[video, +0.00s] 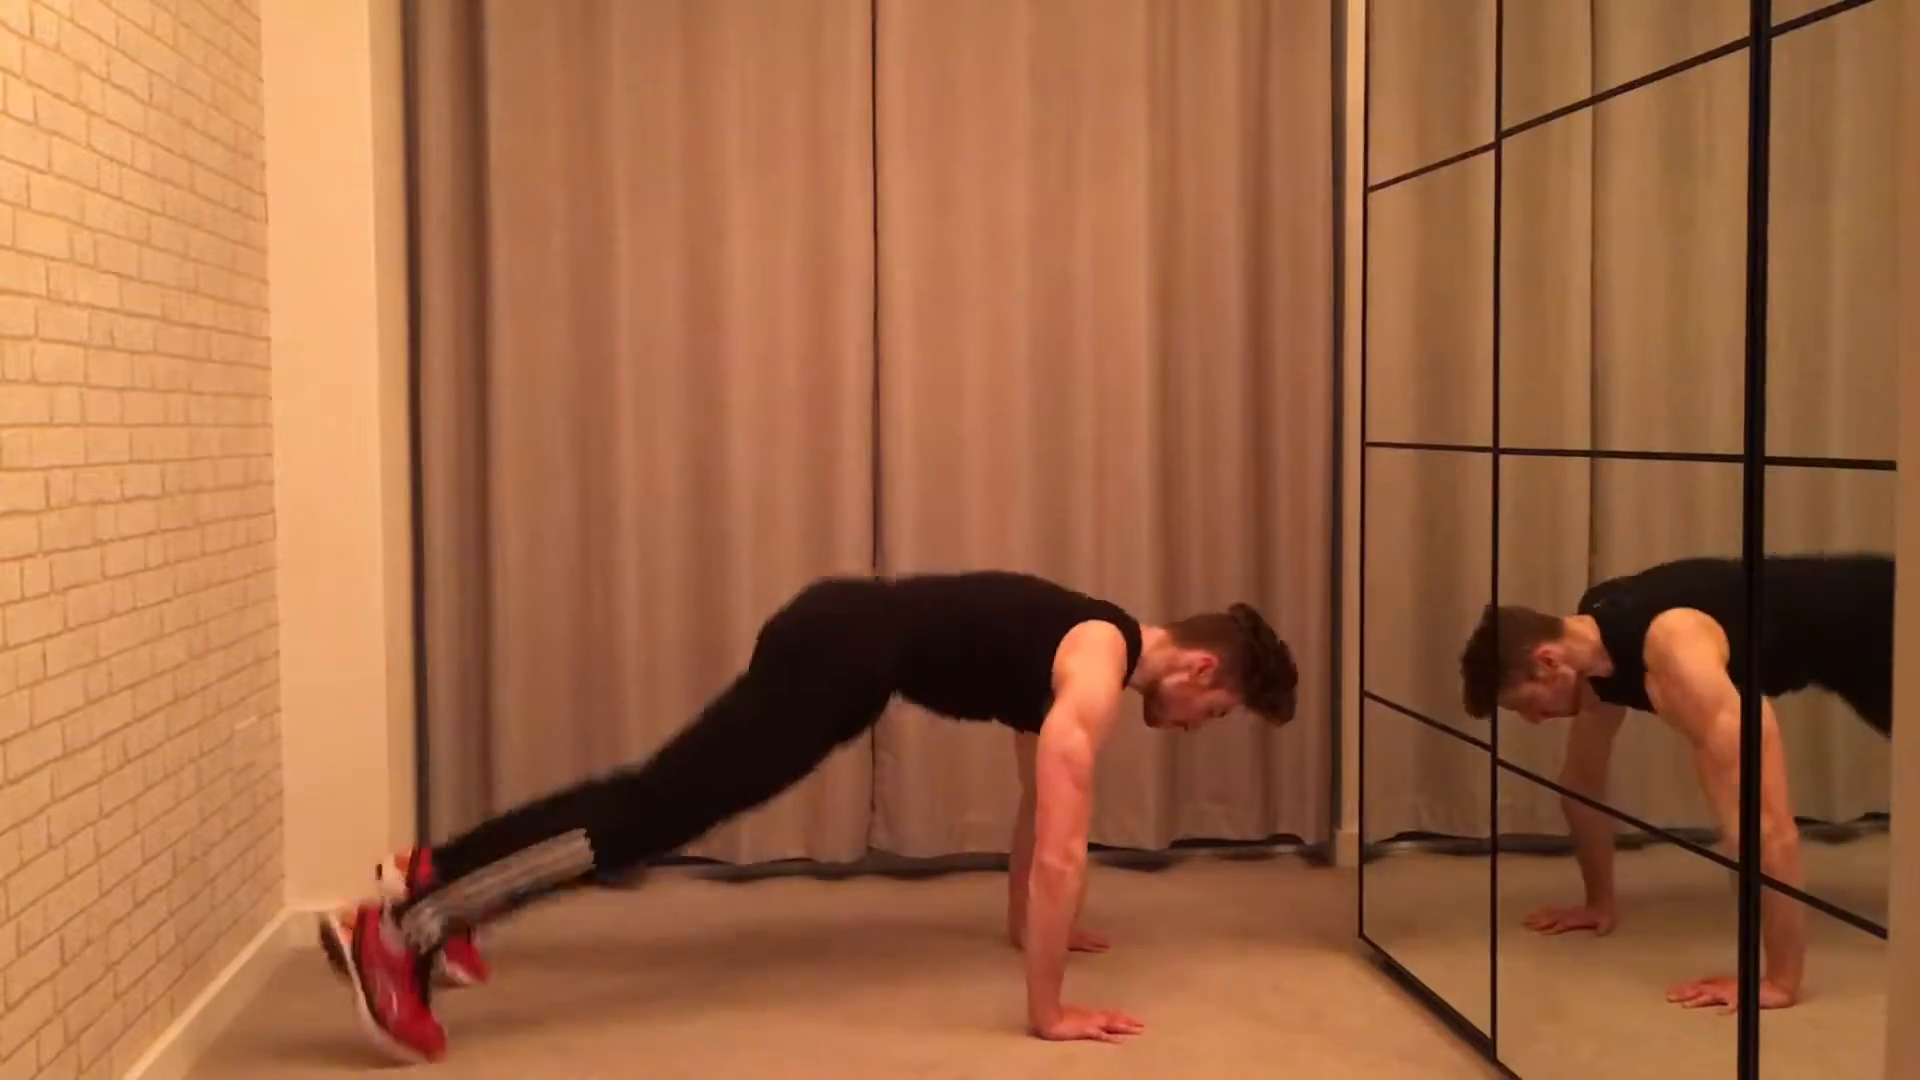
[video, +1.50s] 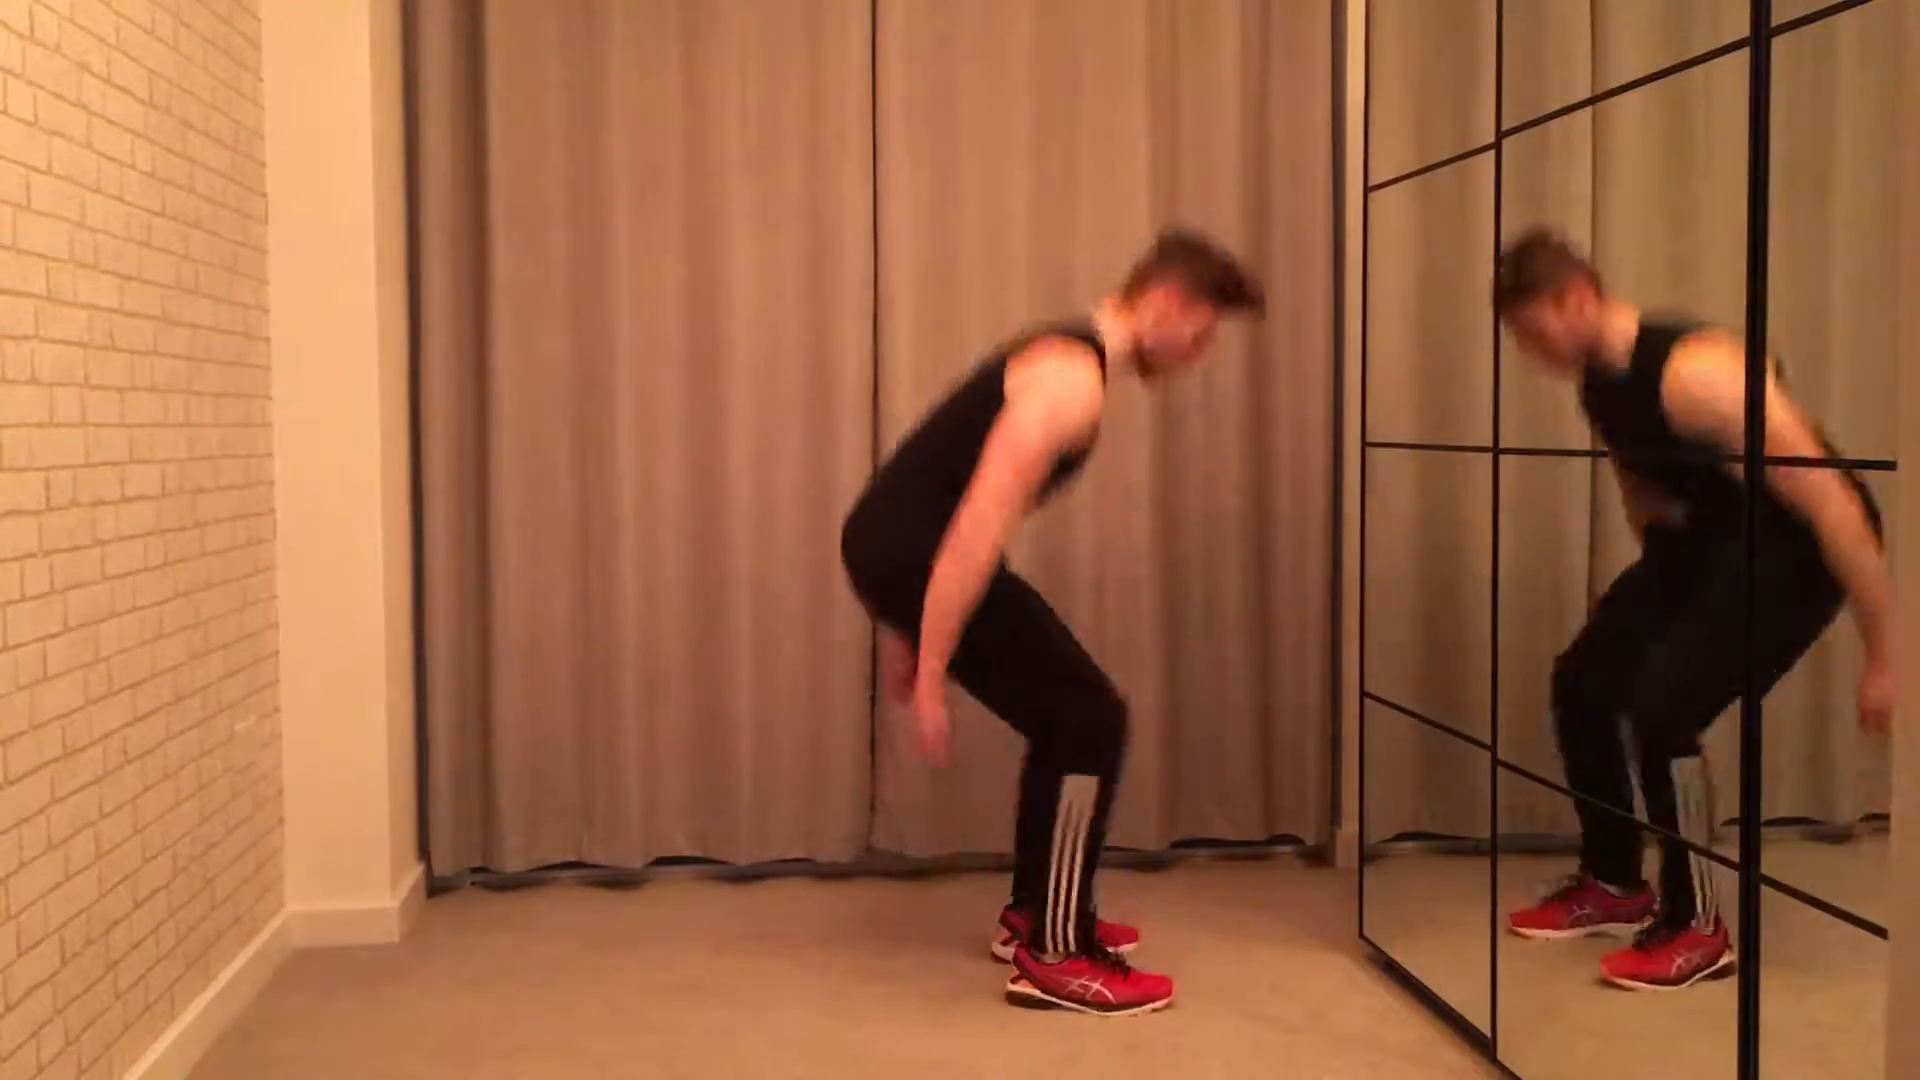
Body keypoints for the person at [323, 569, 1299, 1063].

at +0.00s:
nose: (1196, 724)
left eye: (1214, 717)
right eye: (1215, 708)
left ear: (1193, 657)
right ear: (1202, 662)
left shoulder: (1099, 654)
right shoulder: (1096, 667)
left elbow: (1045, 817)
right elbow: (1058, 847)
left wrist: (1033, 920)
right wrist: (1047, 1011)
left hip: (837, 644)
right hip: (838, 660)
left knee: (653, 802)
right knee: (650, 814)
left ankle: (431, 881)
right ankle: (407, 919)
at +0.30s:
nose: (1179, 738)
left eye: (1196, 728)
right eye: (1195, 722)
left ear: (1171, 667)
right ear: (1175, 681)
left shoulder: (1088, 652)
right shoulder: (1078, 670)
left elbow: (1045, 818)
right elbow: (1051, 851)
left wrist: (1040, 924)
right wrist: (1047, 1014)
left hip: (840, 581)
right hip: (830, 583)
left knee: (694, 787)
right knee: (693, 803)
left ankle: (475, 865)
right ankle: (458, 911)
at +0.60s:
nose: (1126, 690)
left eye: (1139, 679)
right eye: (1137, 672)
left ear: (1101, 627)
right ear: (1109, 636)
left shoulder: (1029, 622)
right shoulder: (1020, 648)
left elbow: (1024, 794)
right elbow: (1028, 851)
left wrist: (1037, 923)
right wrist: (1045, 1009)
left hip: (798, 517)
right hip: (789, 530)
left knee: (916, 721)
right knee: (926, 731)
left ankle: (848, 913)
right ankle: (846, 955)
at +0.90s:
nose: (1137, 335)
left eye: (1141, 316)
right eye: (1133, 313)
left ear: (1075, 304)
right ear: (1088, 301)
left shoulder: (1012, 388)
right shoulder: (1037, 414)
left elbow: (1022, 605)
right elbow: (1036, 616)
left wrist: (1060, 757)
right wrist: (1068, 777)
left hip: (819, 545)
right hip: (833, 558)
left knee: (947, 744)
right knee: (977, 759)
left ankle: (853, 920)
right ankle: (855, 965)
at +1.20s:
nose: (1149, 92)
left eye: (1160, 76)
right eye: (1154, 68)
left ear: (1104, 32)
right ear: (1115, 30)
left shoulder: (1026, 108)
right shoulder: (1032, 121)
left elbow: (960, 281)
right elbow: (964, 289)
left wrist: (945, 432)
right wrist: (941, 446)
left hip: (928, 353)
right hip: (933, 362)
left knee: (957, 593)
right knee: (968, 596)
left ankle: (917, 807)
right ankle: (938, 835)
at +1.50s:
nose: (1200, 351)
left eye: (1210, 335)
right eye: (1201, 329)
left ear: (1151, 301)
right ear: (1159, 300)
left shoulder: (1067, 357)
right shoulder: (1070, 379)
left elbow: (953, 494)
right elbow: (980, 523)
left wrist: (906, 626)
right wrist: (933, 673)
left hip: (905, 547)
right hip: (916, 560)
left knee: (1067, 716)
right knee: (1092, 718)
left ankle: (1039, 916)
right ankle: (1054, 951)